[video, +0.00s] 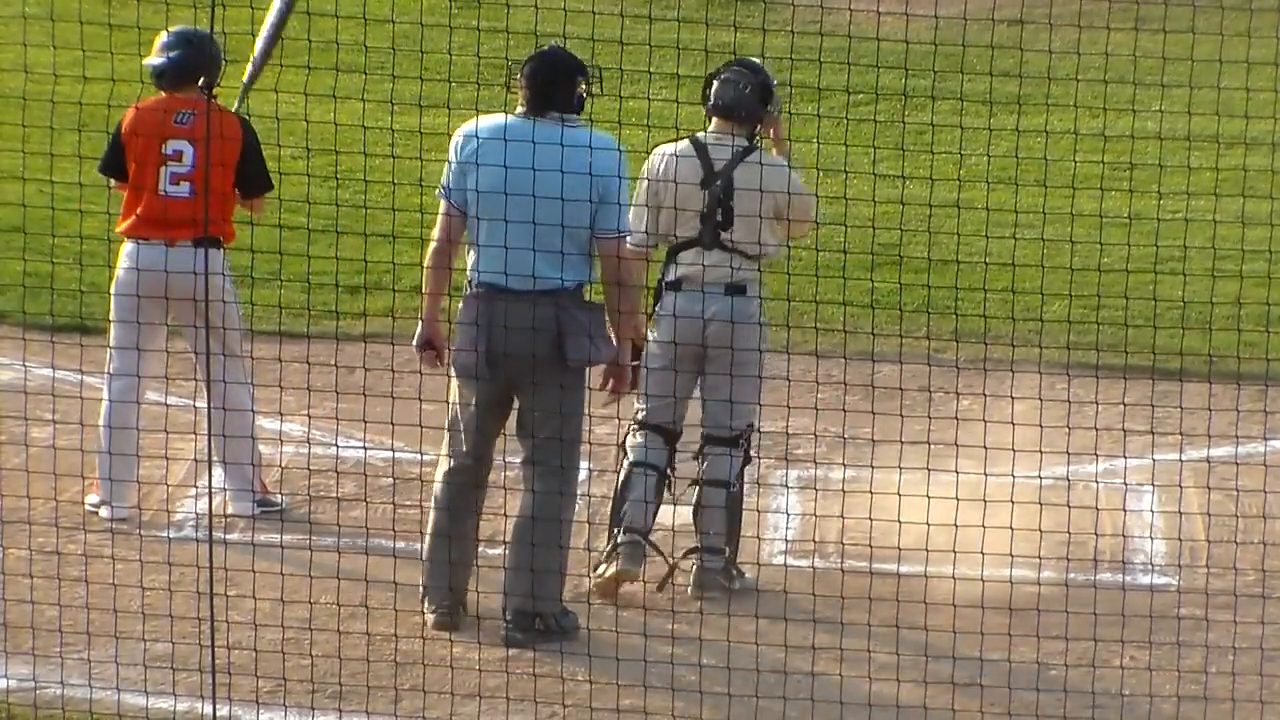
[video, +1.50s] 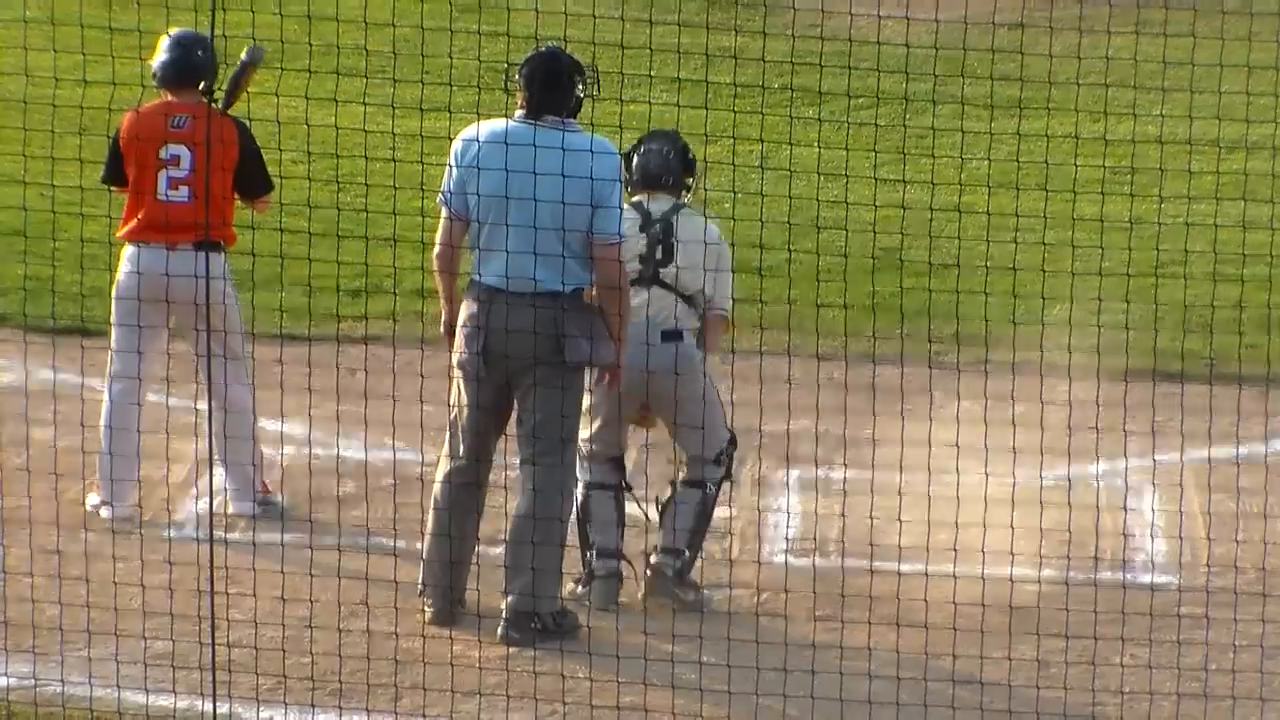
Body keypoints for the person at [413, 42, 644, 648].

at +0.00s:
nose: (583, 101)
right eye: (583, 94)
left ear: (521, 92)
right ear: (578, 97)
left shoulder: (475, 138)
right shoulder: (602, 152)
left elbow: (443, 241)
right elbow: (616, 260)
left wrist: (431, 318)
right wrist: (626, 345)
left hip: (484, 320)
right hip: (561, 328)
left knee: (463, 458)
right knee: (552, 467)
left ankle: (443, 597)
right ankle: (531, 611)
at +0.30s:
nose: (556, 94)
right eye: (556, 87)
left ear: (493, 88)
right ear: (551, 90)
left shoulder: (451, 136)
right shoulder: (578, 146)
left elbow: (430, 244)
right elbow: (592, 259)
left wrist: (441, 311)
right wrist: (601, 340)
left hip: (463, 317)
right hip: (539, 322)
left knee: (453, 463)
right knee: (549, 467)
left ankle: (443, 601)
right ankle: (532, 606)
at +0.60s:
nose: (543, 91)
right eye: (543, 84)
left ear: (484, 87)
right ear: (541, 88)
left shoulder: (442, 137)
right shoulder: (570, 142)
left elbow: (414, 243)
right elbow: (584, 256)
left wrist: (439, 292)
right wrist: (588, 337)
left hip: (461, 318)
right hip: (537, 321)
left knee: (452, 461)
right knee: (556, 463)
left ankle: (444, 600)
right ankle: (532, 599)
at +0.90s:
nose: (571, 96)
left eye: (567, 88)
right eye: (569, 89)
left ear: (508, 92)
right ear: (562, 93)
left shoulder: (463, 142)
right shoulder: (592, 151)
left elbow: (438, 251)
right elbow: (607, 263)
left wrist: (434, 327)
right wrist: (605, 341)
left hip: (480, 318)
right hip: (558, 322)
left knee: (460, 443)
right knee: (548, 462)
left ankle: (442, 585)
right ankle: (529, 608)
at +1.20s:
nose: (577, 97)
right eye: (577, 89)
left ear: (517, 89)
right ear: (572, 94)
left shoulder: (472, 139)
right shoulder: (597, 151)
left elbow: (439, 246)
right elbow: (607, 261)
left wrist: (430, 324)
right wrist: (618, 341)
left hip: (484, 318)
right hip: (559, 322)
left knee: (463, 453)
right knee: (547, 463)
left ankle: (441, 593)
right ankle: (529, 607)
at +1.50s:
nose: (576, 102)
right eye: (578, 93)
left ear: (521, 95)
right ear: (575, 98)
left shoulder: (476, 142)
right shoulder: (599, 155)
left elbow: (446, 248)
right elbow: (608, 263)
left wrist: (449, 310)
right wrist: (615, 341)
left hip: (486, 319)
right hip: (562, 325)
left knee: (463, 456)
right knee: (549, 464)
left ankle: (442, 595)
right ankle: (529, 609)